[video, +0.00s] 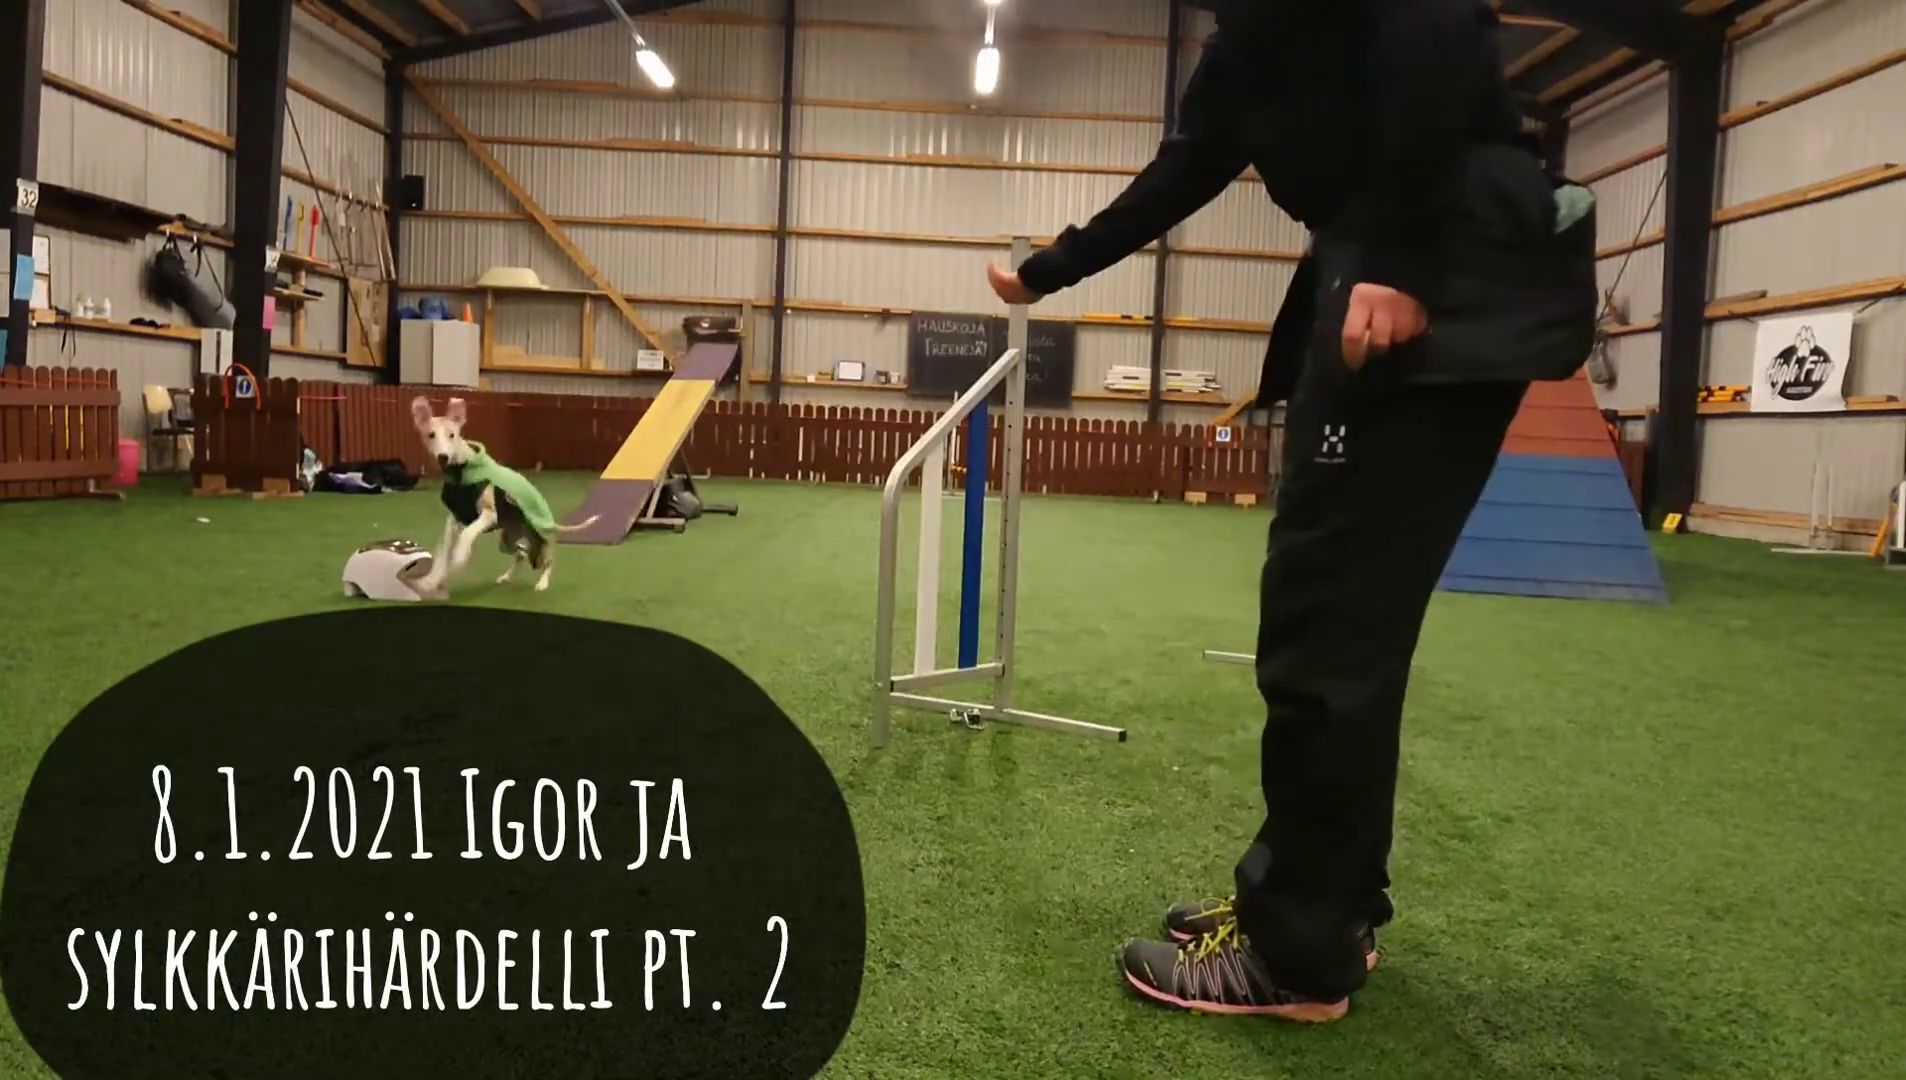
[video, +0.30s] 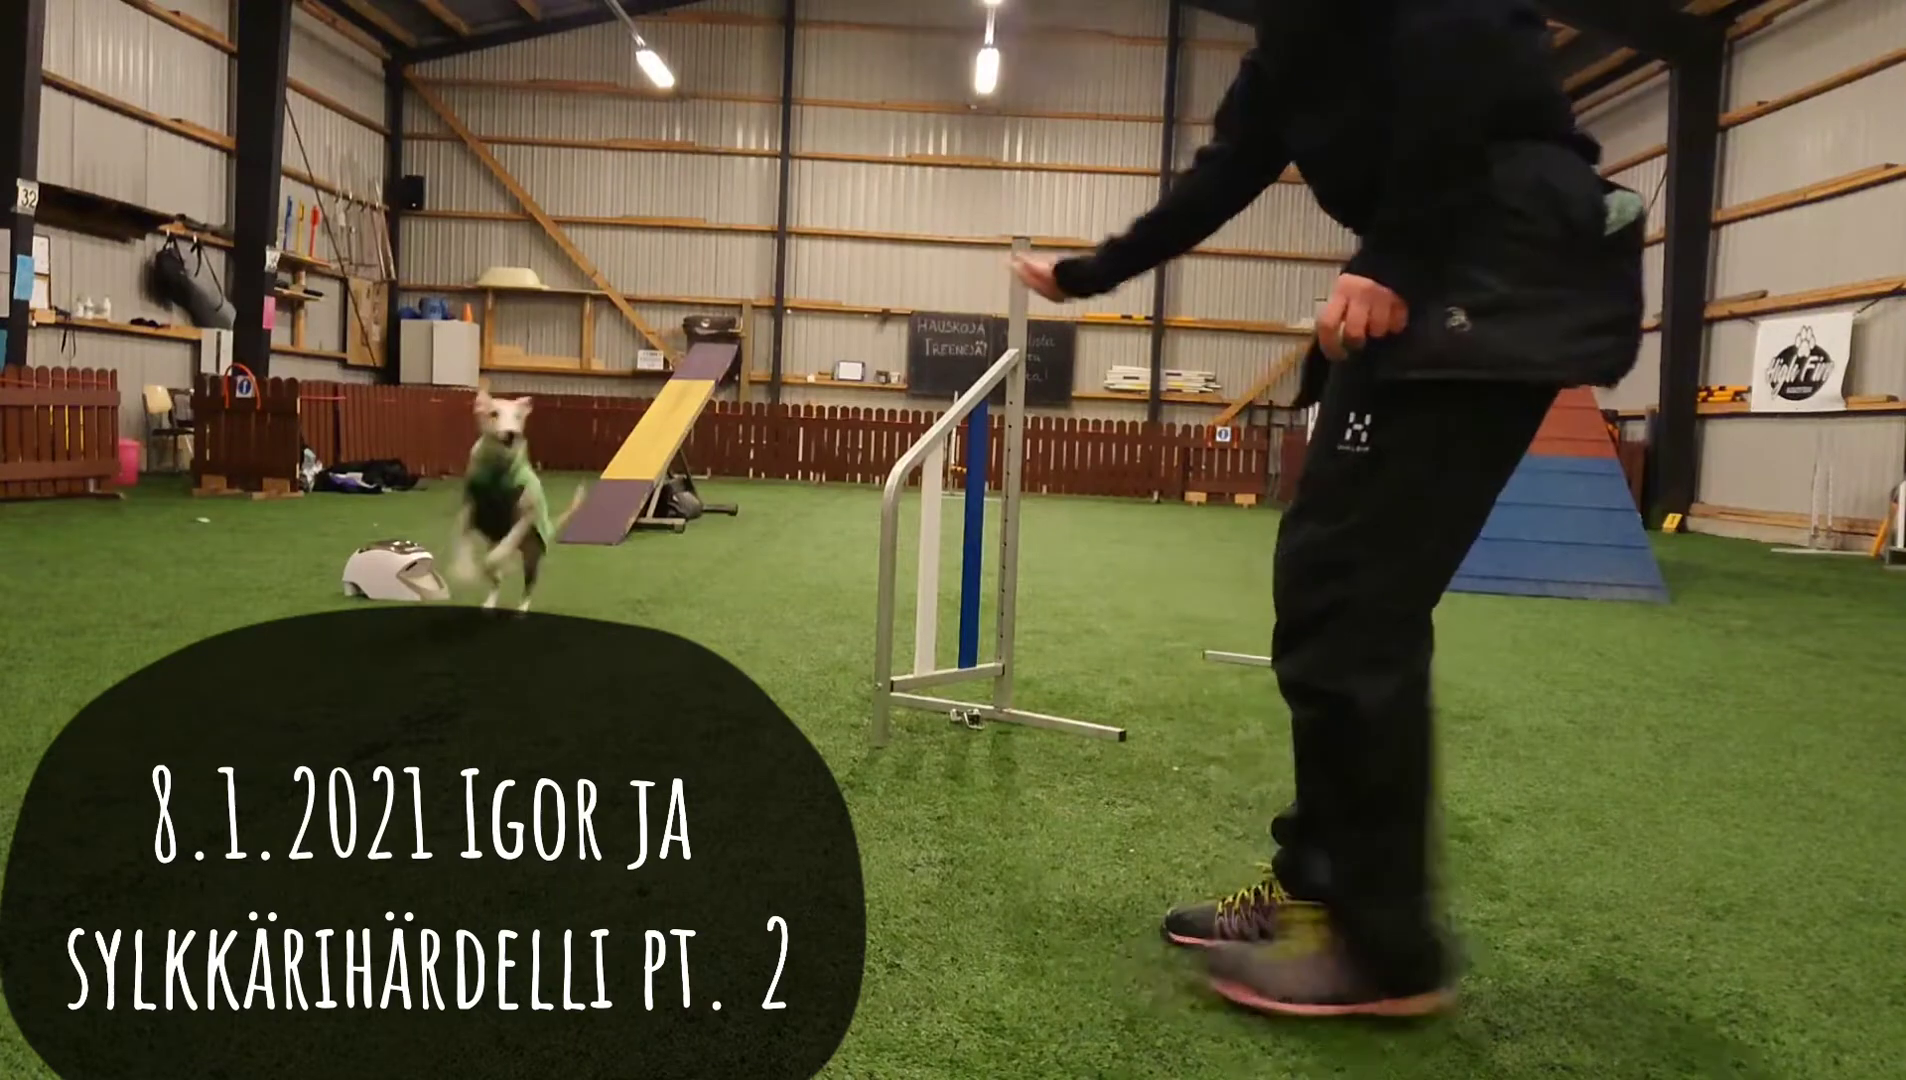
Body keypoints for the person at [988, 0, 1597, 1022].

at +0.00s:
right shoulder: (1249, 41)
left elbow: (1443, 59)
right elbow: (1187, 169)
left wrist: (1397, 259)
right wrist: (1047, 269)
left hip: (1438, 294)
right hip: (1385, 300)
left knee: (1326, 621)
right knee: (1334, 618)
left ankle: (1302, 956)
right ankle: (1329, 908)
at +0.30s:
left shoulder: (1420, 9)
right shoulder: (1294, 45)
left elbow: (1464, 83)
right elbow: (1227, 174)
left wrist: (1390, 260)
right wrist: (1087, 272)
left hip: (1505, 270)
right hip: (1442, 274)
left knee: (1350, 581)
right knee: (1328, 575)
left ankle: (1384, 945)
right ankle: (1322, 897)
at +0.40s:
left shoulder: (1430, 12)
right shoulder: (1333, 48)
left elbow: (1473, 83)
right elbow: (1273, 183)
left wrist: (1397, 258)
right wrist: (1140, 282)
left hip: (1535, 271)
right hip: (1447, 282)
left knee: (1393, 606)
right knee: (1356, 606)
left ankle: (1551, 939)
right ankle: (1328, 901)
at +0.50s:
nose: (1287, 15)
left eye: (1284, 10)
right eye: (1280, 17)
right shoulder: (1388, 34)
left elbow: (1500, 95)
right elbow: (1344, 182)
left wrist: (1401, 274)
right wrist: (1201, 308)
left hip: (1576, 275)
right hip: (1498, 290)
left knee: (1464, 615)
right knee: (1391, 604)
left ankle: (1702, 965)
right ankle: (1328, 900)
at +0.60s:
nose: (1276, 21)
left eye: (1267, 8)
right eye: (1269, 18)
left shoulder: (1437, 8)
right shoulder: (1418, 31)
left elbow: (1508, 115)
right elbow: (1406, 217)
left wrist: (1415, 304)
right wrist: (1263, 365)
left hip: (1631, 310)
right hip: (1567, 317)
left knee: (1599, 677)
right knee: (1444, 607)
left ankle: (1733, 1014)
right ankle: (1338, 885)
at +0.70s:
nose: (1314, 38)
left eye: (1300, 15)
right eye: (1300, 29)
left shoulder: (1441, 14)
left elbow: (1522, 118)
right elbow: (1492, 242)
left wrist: (1439, 323)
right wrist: (1346, 430)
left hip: (1667, 290)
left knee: (1623, 649)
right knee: (1499, 600)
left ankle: (1735, 1016)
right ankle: (1407, 876)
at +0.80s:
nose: (1329, 47)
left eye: (1314, 22)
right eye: (1314, 33)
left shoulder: (1447, 15)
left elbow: (1537, 128)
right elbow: (1549, 188)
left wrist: (1471, 325)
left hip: (1691, 269)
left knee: (1654, 628)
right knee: (1547, 585)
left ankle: (1739, 1011)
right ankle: (1520, 886)